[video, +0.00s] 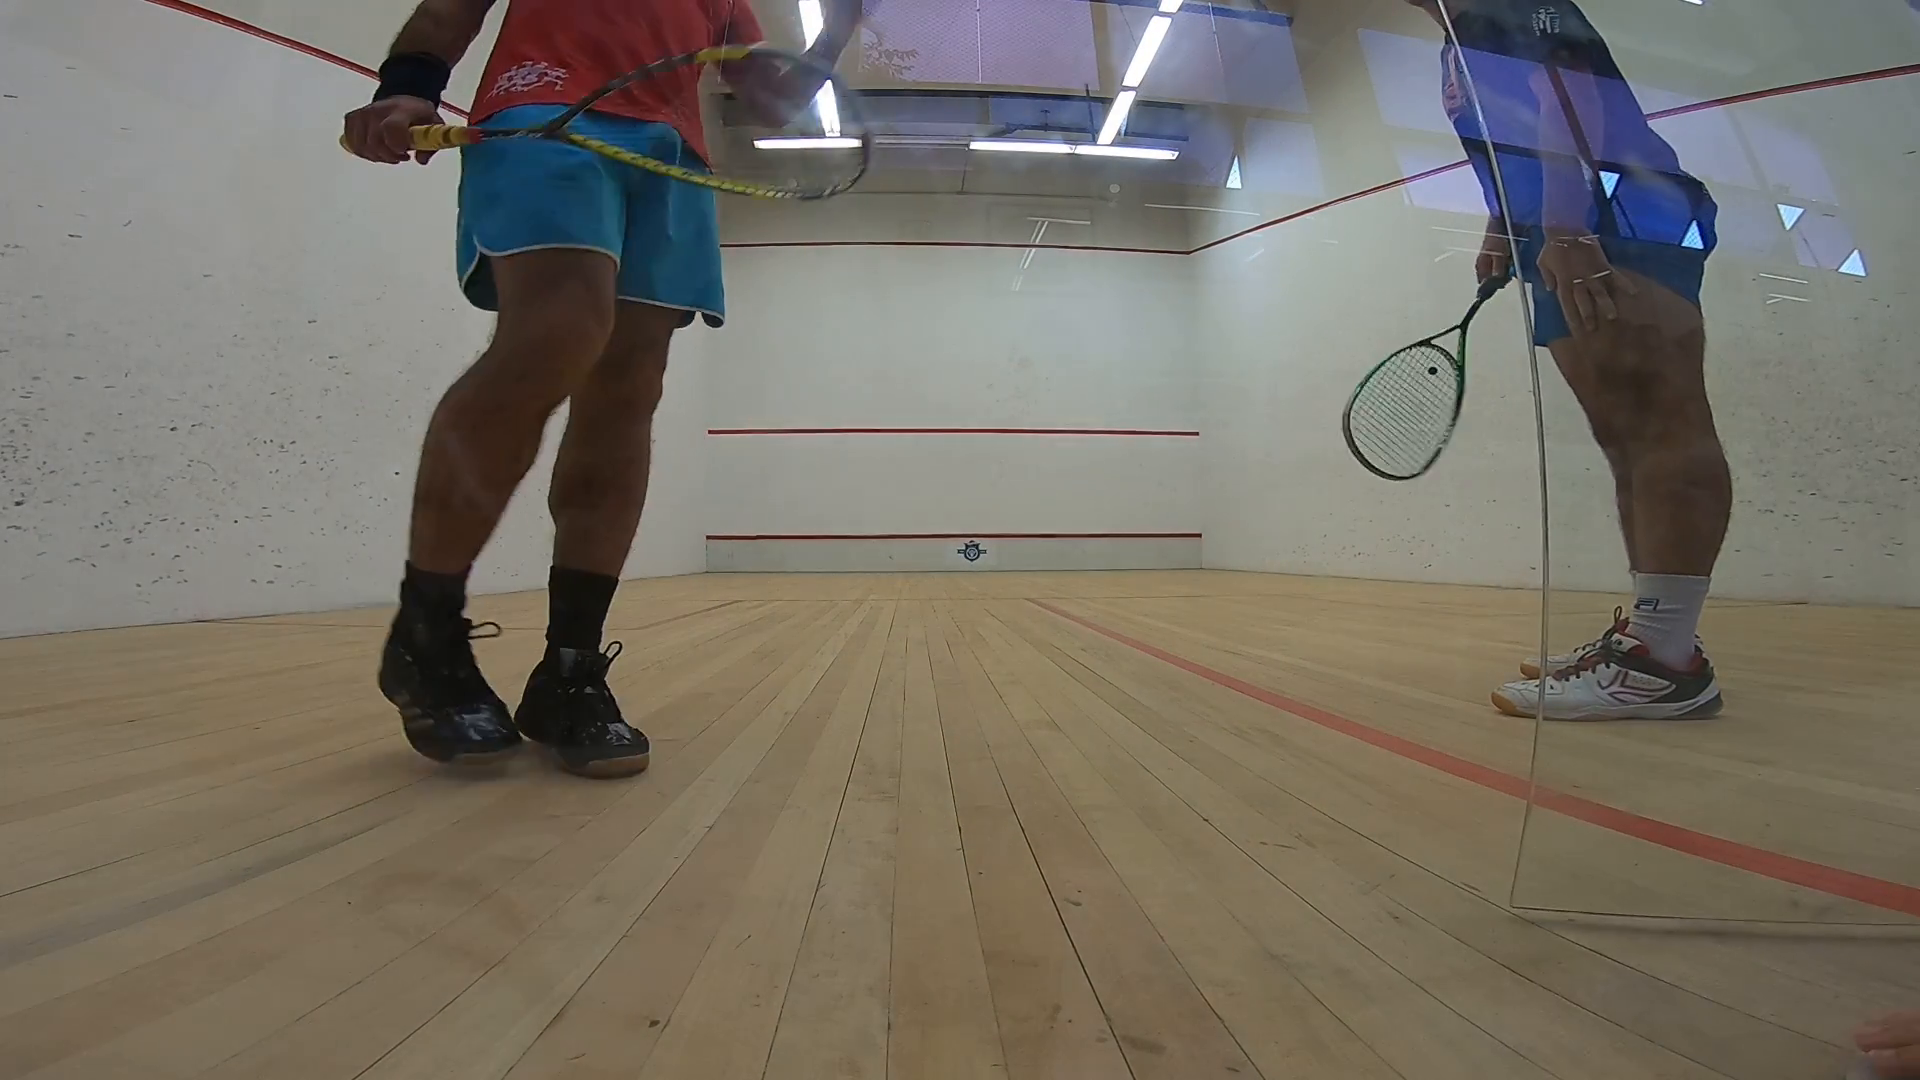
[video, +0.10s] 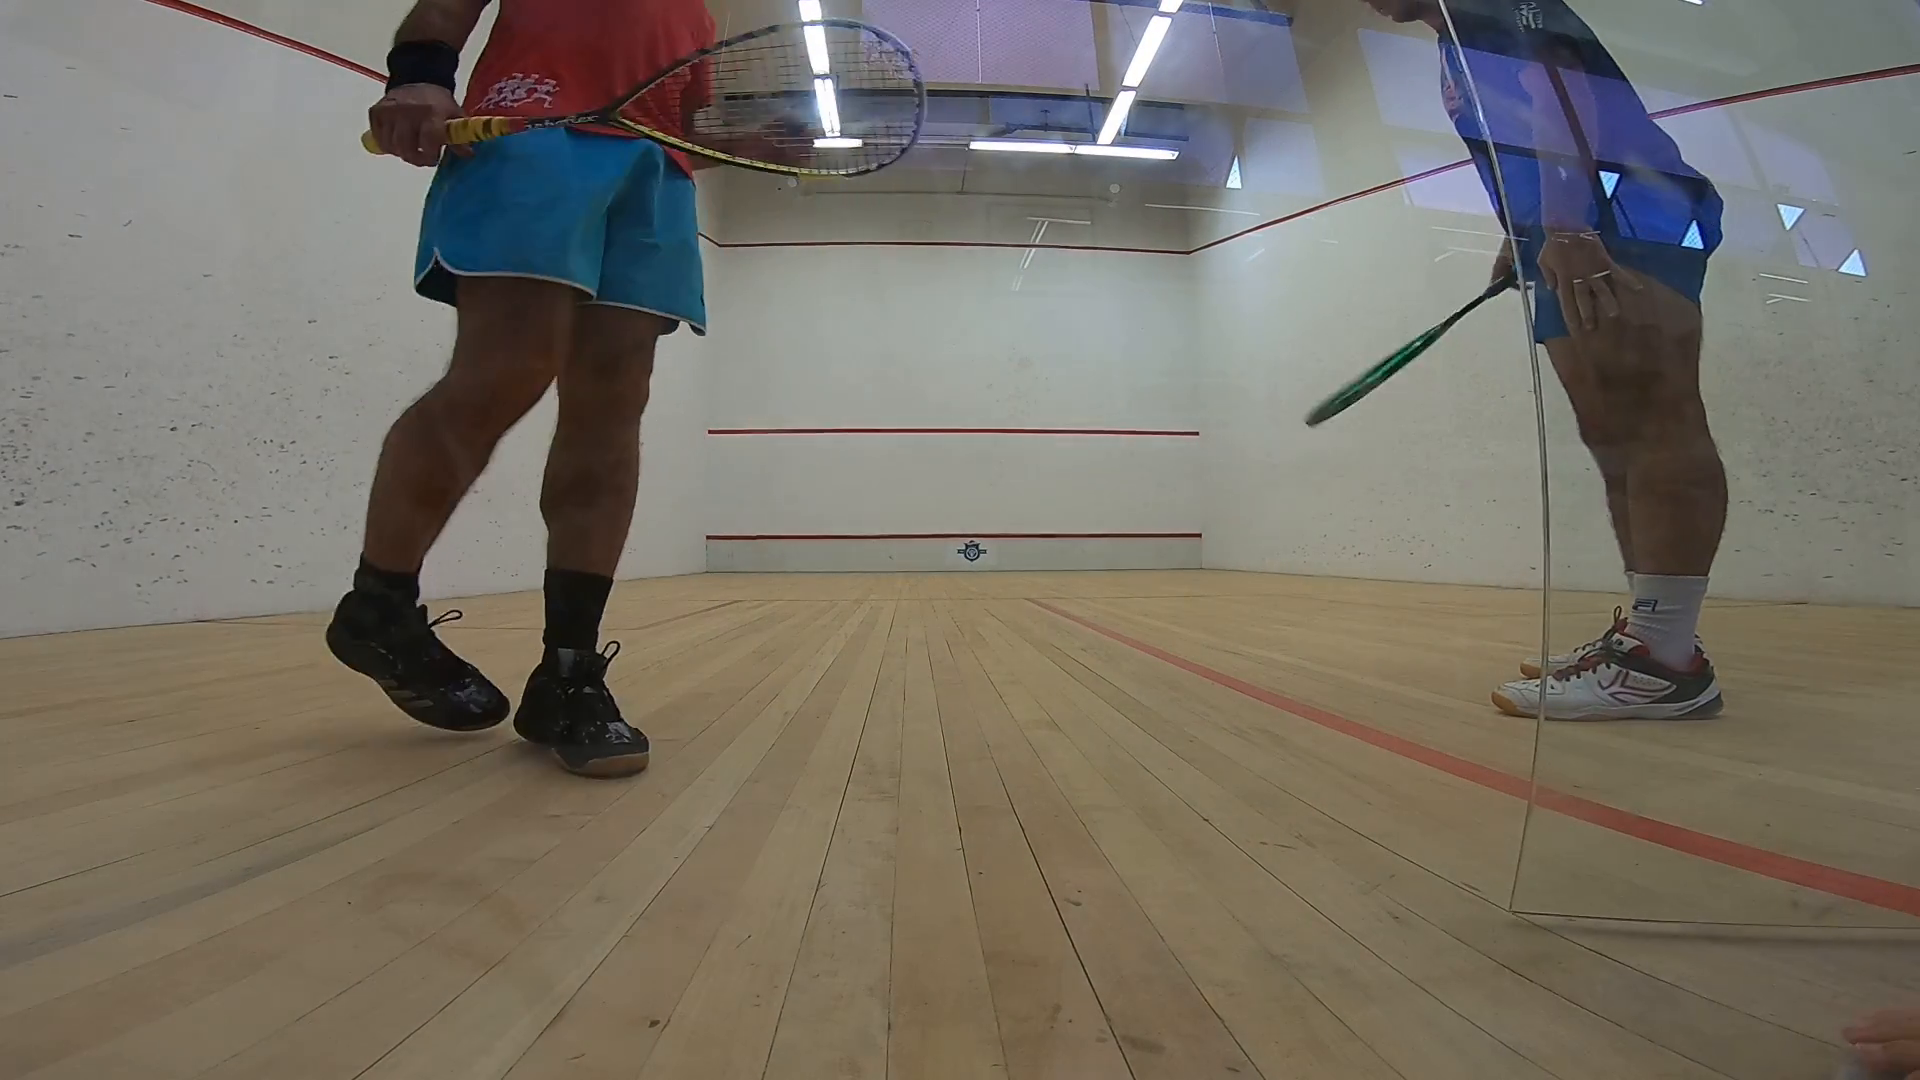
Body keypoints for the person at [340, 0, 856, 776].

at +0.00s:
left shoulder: (720, 6)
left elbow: (755, 79)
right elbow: (461, 6)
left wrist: (789, 80)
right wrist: (407, 84)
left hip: (668, 129)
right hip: (543, 95)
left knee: (629, 385)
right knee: (558, 328)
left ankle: (571, 675)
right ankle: (426, 638)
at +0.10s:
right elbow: (448, 11)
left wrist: (734, 116)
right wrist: (421, 70)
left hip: (656, 133)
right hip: (532, 111)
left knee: (612, 394)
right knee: (505, 367)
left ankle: (569, 675)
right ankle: (376, 609)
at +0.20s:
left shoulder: (653, 16)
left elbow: (618, 108)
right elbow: (447, 13)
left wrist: (657, 178)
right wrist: (441, 64)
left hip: (625, 164)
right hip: (510, 134)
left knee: (605, 399)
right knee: (461, 394)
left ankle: (566, 673)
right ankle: (367, 629)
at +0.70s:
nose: (650, 1)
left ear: (648, 16)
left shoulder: (643, 90)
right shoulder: (518, 21)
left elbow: (680, 178)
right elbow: (419, 107)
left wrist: (727, 117)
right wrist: (445, 146)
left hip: (588, 254)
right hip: (497, 217)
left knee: (546, 438)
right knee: (528, 385)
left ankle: (528, 633)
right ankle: (390, 615)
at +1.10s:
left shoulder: (641, 62)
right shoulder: (485, 19)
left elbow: (730, 77)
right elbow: (407, 114)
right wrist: (401, 174)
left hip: (575, 258)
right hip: (464, 232)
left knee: (541, 448)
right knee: (430, 416)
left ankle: (528, 635)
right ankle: (409, 661)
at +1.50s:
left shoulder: (620, 2)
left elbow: (674, 17)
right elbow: (345, 52)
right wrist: (300, 109)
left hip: (549, 176)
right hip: (404, 157)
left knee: (553, 413)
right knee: (377, 398)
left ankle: (529, 599)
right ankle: (392, 671)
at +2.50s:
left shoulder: (668, 2)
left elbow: (721, 75)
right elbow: (367, 6)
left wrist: (834, 30)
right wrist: (376, 38)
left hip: (604, 151)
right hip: (466, 116)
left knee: (598, 408)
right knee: (412, 391)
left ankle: (617, 664)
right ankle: (405, 682)